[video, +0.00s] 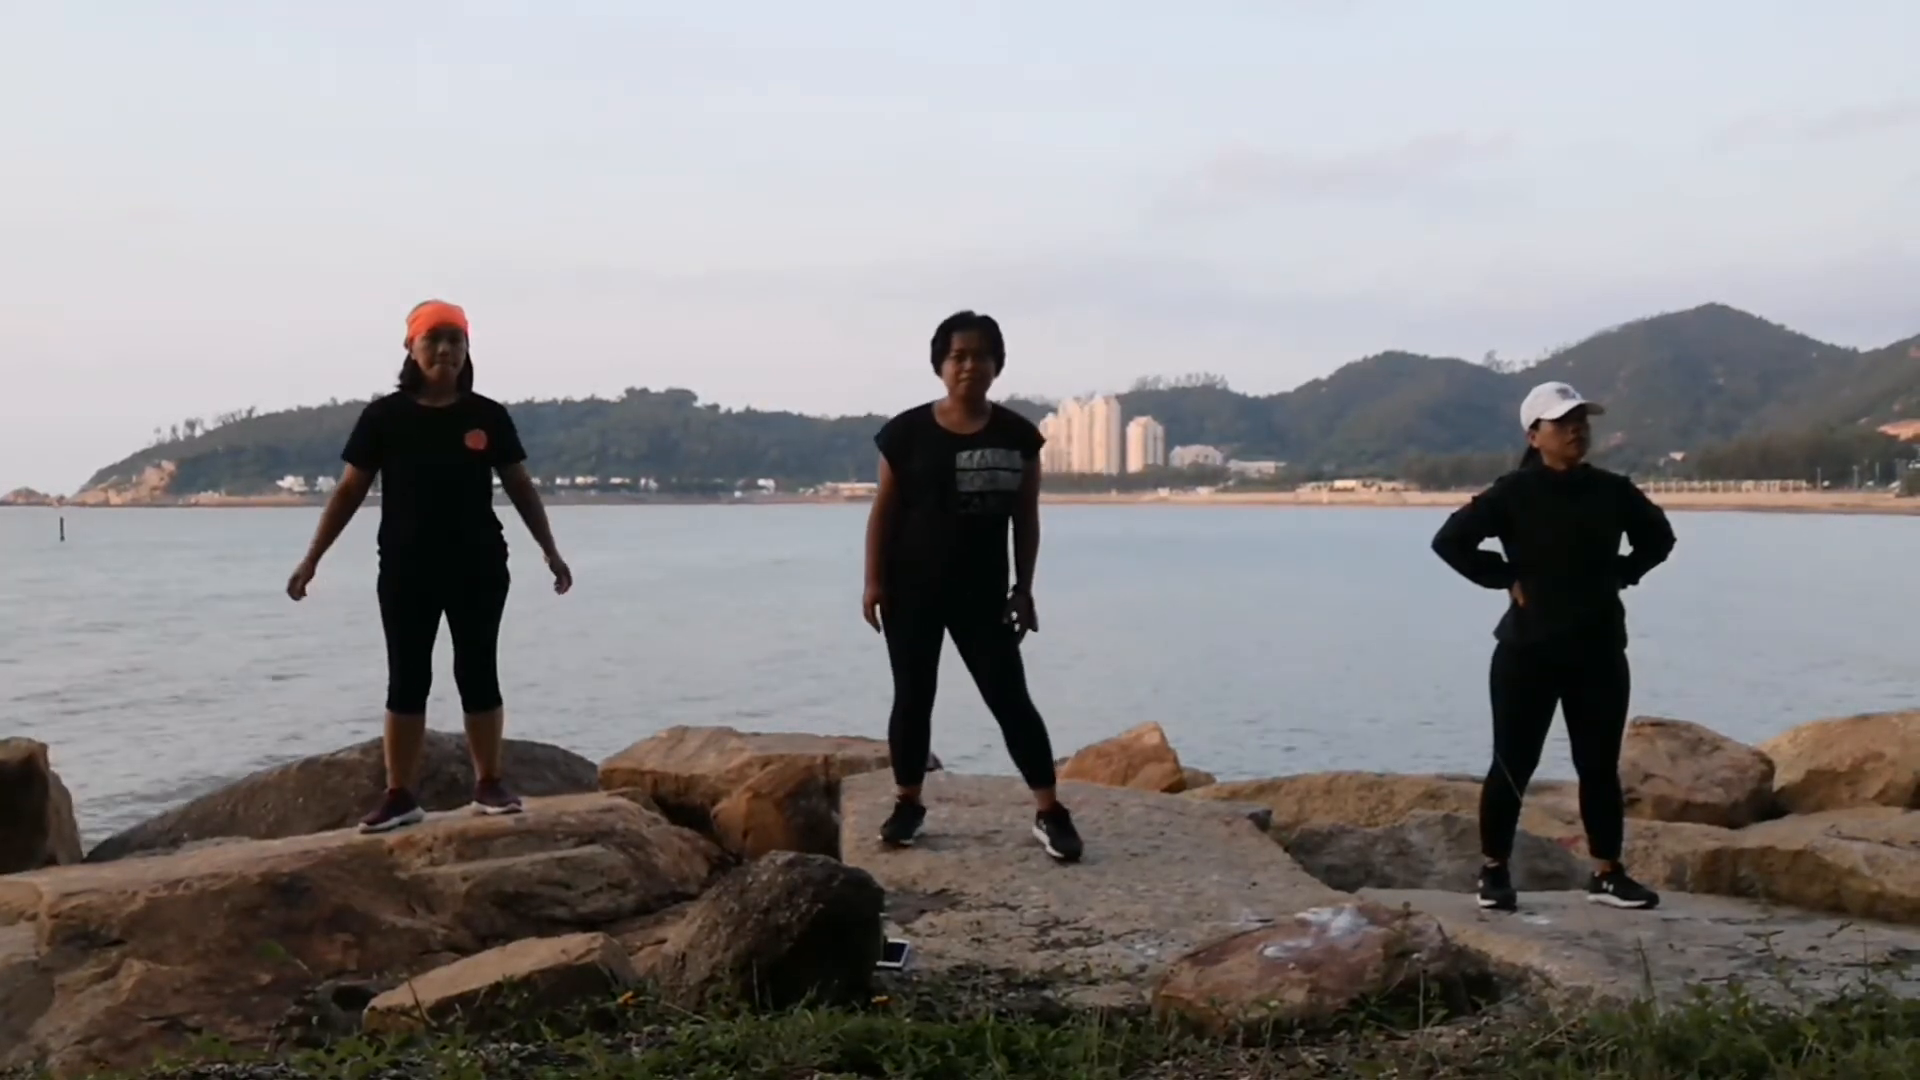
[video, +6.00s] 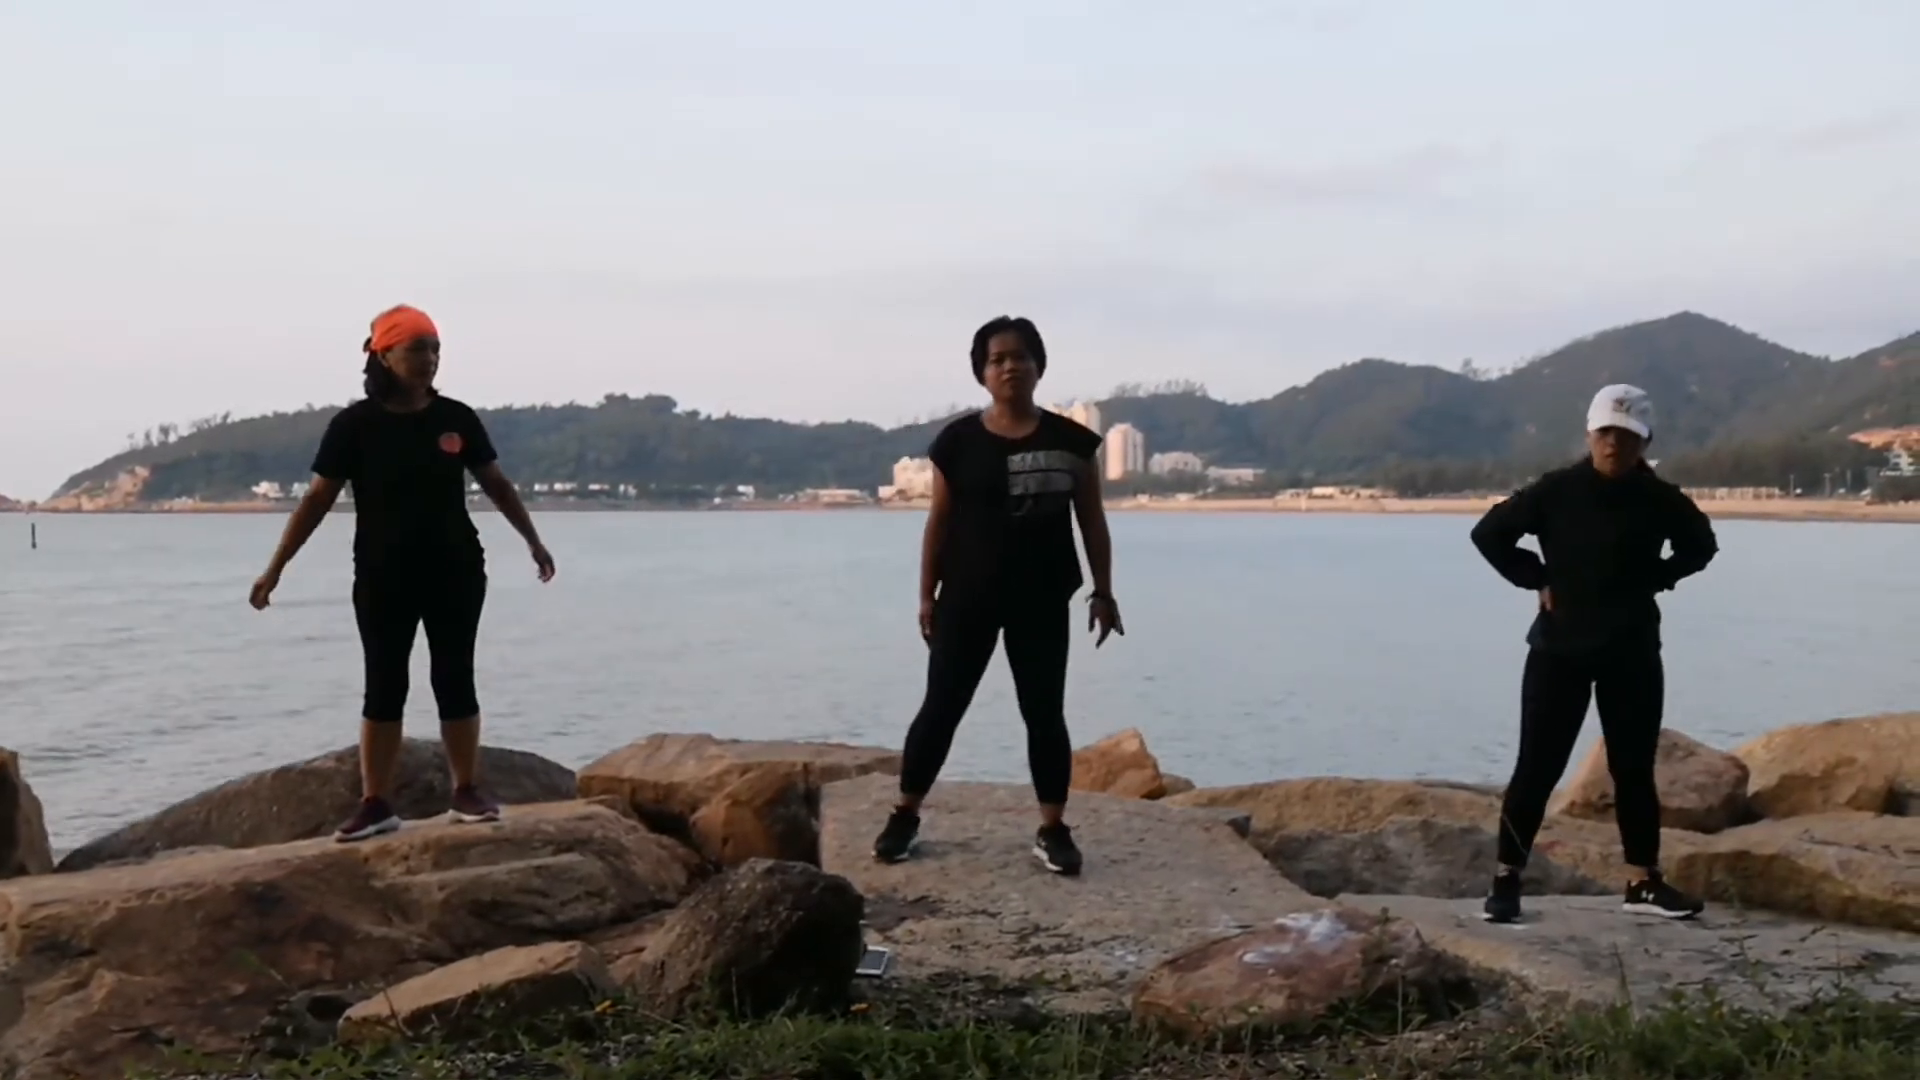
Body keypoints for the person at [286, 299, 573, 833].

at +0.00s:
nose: (443, 348)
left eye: (453, 339)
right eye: (432, 339)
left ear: (466, 349)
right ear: (412, 349)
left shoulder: (488, 418)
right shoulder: (383, 417)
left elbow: (520, 488)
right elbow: (350, 491)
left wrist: (550, 549)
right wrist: (310, 559)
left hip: (477, 570)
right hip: (407, 571)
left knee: (478, 677)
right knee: (406, 684)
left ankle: (488, 785)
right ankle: (399, 795)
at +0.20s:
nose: (443, 349)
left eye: (452, 340)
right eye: (431, 340)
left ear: (464, 348)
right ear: (411, 349)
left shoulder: (488, 417)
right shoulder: (382, 417)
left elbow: (508, 493)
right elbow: (365, 497)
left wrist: (512, 556)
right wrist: (361, 567)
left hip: (473, 570)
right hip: (403, 572)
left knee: (477, 678)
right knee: (403, 684)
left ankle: (488, 784)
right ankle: (398, 794)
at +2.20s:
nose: (431, 352)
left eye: (441, 342)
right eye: (420, 343)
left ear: (453, 350)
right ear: (399, 352)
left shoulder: (476, 417)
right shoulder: (371, 419)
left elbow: (500, 494)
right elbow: (351, 501)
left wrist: (512, 560)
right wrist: (337, 573)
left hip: (468, 572)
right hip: (397, 575)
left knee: (471, 680)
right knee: (399, 687)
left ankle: (481, 787)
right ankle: (392, 797)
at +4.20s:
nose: (435, 353)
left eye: (438, 344)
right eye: (422, 345)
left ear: (440, 351)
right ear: (388, 354)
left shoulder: (461, 417)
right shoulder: (359, 425)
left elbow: (488, 494)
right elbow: (340, 507)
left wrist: (505, 558)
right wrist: (321, 580)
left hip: (460, 573)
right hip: (390, 578)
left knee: (463, 682)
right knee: (391, 690)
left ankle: (474, 789)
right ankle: (383, 799)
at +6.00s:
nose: (430, 358)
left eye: (434, 348)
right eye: (418, 349)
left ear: (437, 354)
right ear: (384, 356)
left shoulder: (457, 420)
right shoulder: (353, 426)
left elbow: (495, 483)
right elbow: (316, 501)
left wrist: (533, 539)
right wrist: (273, 568)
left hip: (453, 575)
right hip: (384, 580)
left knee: (455, 684)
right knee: (383, 692)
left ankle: (466, 791)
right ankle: (374, 802)